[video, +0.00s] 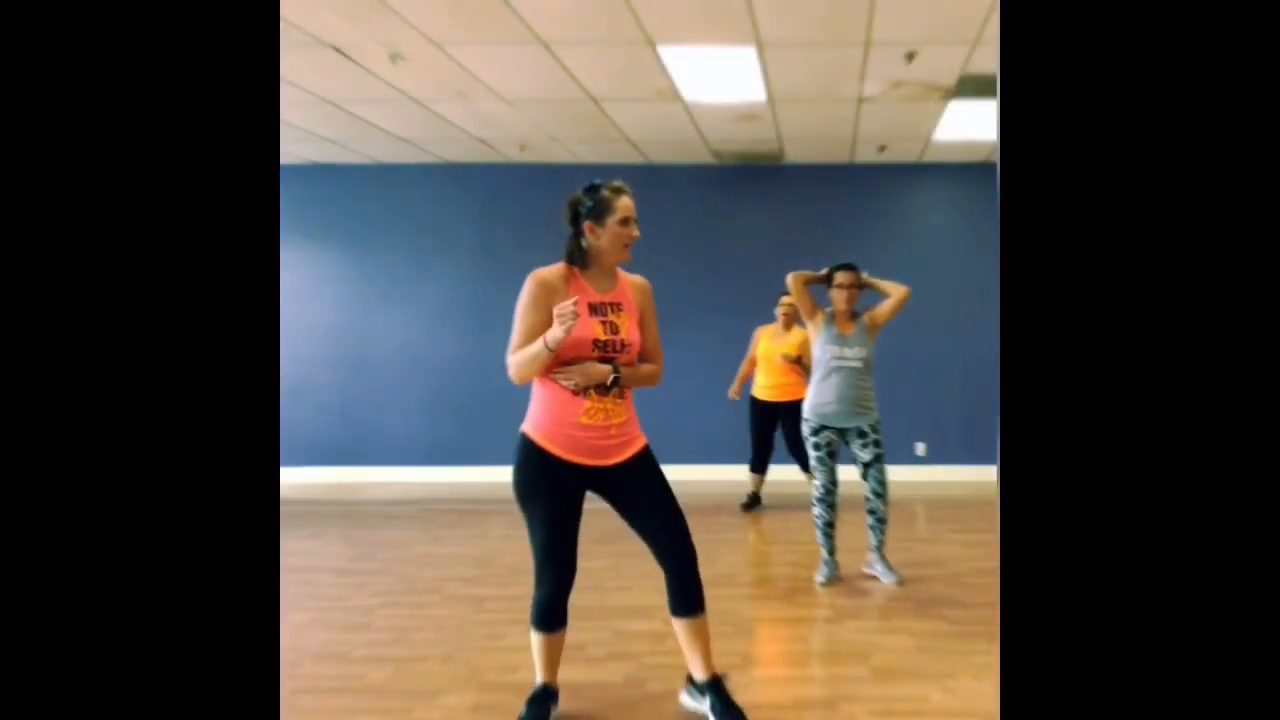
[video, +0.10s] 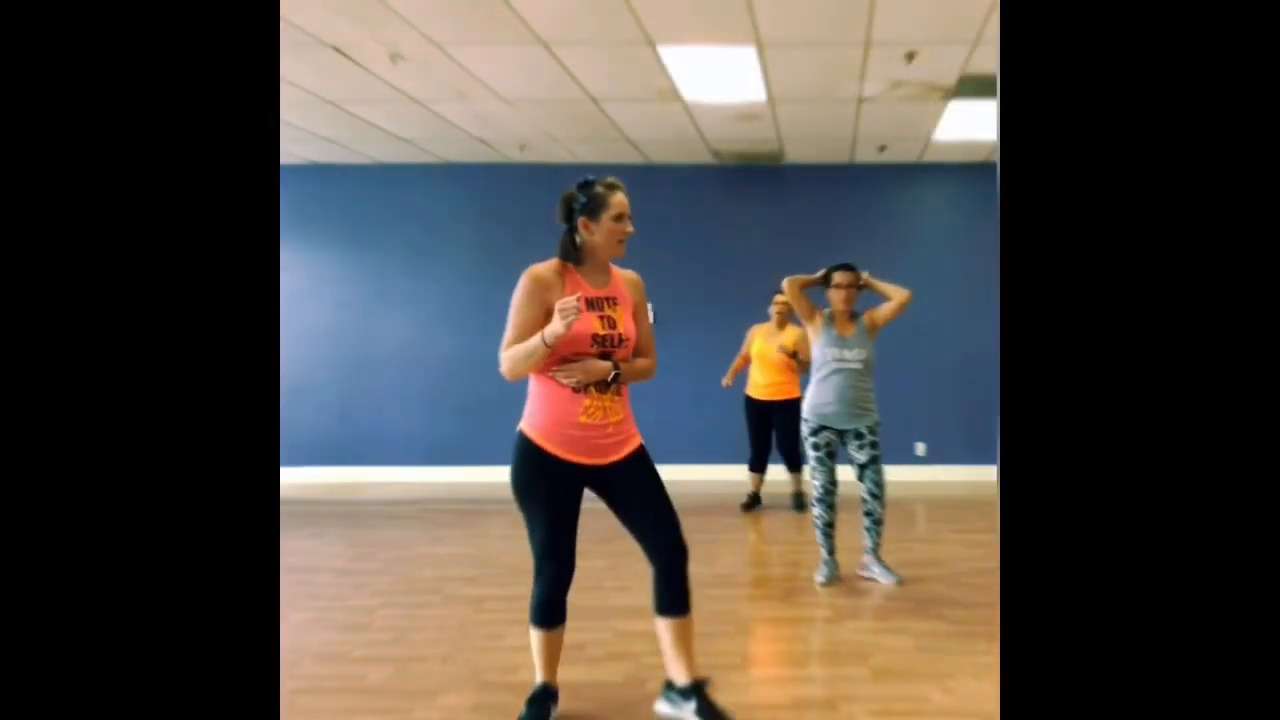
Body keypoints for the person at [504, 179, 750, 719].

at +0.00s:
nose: (635, 232)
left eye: (635, 222)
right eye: (625, 223)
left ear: (622, 229)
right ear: (589, 229)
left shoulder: (637, 290)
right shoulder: (545, 284)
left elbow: (652, 372)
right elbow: (517, 371)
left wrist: (610, 373)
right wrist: (554, 336)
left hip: (624, 452)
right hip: (551, 454)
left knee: (679, 553)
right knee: (553, 576)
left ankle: (704, 681)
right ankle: (545, 690)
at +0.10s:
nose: (628, 228)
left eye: (629, 218)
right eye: (618, 219)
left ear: (615, 227)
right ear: (584, 225)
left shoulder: (629, 285)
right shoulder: (542, 281)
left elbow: (647, 365)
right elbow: (510, 367)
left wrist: (608, 370)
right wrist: (549, 335)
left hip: (619, 448)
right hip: (549, 451)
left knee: (670, 551)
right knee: (553, 572)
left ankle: (682, 687)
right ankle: (544, 689)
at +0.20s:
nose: (626, 228)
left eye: (626, 218)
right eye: (615, 219)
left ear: (612, 225)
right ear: (581, 225)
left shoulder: (628, 284)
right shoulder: (540, 281)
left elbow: (647, 361)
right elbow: (509, 367)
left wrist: (612, 369)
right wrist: (551, 332)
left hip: (620, 449)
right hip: (552, 450)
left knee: (651, 563)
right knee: (554, 570)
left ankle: (663, 695)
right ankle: (545, 689)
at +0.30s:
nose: (623, 228)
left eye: (624, 218)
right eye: (613, 219)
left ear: (614, 225)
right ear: (578, 225)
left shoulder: (629, 283)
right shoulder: (540, 281)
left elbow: (652, 359)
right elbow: (514, 366)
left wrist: (615, 367)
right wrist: (566, 312)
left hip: (622, 450)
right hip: (554, 451)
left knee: (639, 573)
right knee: (555, 573)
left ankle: (661, 697)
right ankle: (545, 689)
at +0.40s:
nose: (617, 226)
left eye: (620, 216)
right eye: (606, 217)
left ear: (622, 223)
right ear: (573, 224)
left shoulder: (636, 282)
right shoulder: (541, 276)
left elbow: (658, 360)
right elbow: (521, 352)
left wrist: (614, 365)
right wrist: (572, 281)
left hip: (624, 448)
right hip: (553, 449)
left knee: (653, 566)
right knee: (554, 572)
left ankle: (663, 696)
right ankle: (544, 689)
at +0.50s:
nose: (613, 228)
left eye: (620, 218)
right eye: (601, 220)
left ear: (626, 225)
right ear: (574, 229)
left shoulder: (645, 285)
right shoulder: (548, 275)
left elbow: (664, 367)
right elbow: (525, 337)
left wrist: (613, 368)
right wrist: (570, 269)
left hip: (627, 449)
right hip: (553, 450)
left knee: (674, 558)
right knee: (553, 573)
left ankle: (684, 688)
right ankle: (543, 690)